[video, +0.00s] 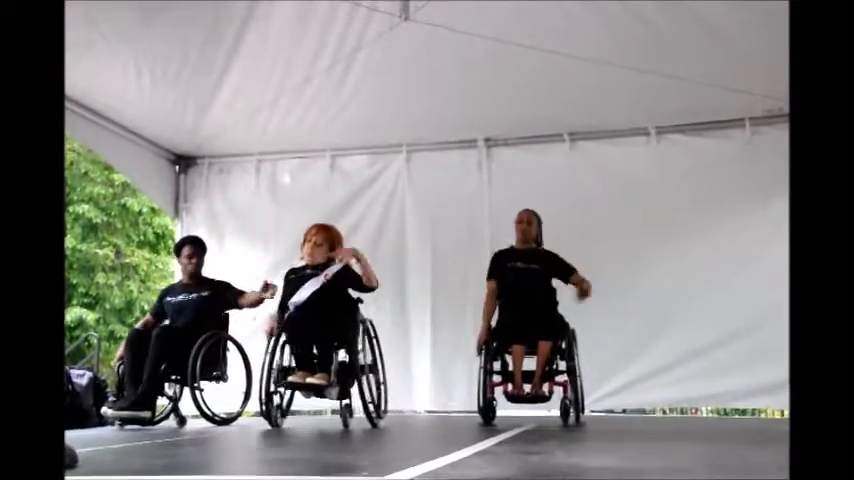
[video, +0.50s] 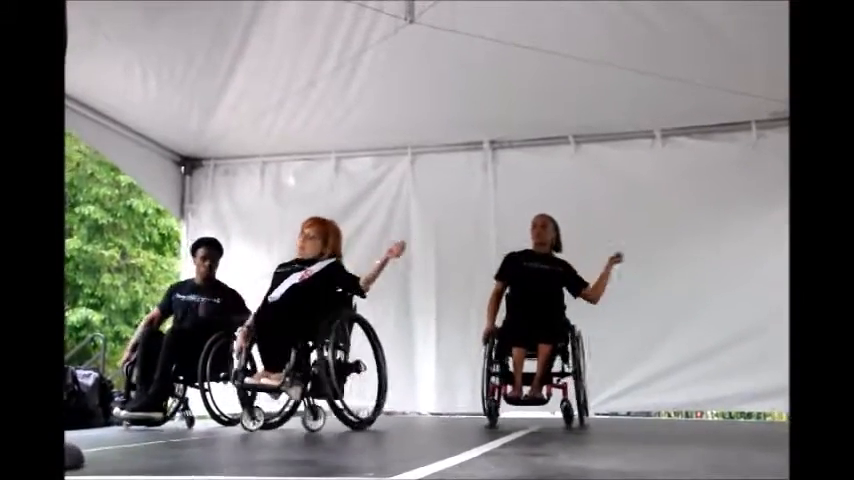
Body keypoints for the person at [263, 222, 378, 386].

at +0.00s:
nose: (310, 248)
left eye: (318, 245)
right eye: (308, 242)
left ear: (331, 253)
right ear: (303, 246)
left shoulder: (340, 271)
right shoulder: (293, 274)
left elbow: (370, 286)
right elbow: (284, 306)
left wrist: (359, 258)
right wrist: (275, 324)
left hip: (334, 318)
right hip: (305, 319)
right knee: (294, 320)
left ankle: (323, 373)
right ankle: (303, 370)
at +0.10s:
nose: (309, 247)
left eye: (317, 244)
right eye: (307, 241)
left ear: (331, 251)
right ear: (302, 245)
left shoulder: (339, 270)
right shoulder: (291, 273)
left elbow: (372, 285)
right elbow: (280, 305)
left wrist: (374, 258)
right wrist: (270, 325)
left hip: (332, 318)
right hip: (302, 317)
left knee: (319, 323)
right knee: (291, 320)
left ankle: (318, 371)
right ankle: (299, 368)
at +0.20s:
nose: (309, 246)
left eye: (317, 242)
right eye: (306, 240)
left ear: (331, 248)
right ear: (301, 245)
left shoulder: (339, 271)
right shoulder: (291, 272)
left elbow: (372, 285)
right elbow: (276, 304)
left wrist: (386, 258)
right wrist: (265, 325)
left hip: (329, 317)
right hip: (299, 316)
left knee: (315, 323)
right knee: (288, 319)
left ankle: (314, 371)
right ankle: (295, 368)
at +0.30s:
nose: (308, 243)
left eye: (317, 241)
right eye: (306, 238)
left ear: (330, 249)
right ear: (301, 241)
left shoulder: (337, 270)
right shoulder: (287, 271)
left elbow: (372, 285)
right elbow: (272, 306)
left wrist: (397, 259)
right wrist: (256, 327)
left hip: (324, 318)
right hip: (292, 317)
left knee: (295, 318)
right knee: (280, 316)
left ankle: (300, 371)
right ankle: (285, 369)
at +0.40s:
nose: (306, 242)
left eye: (315, 239)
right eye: (304, 237)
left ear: (329, 247)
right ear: (300, 241)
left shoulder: (336, 269)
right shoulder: (285, 270)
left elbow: (370, 285)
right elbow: (268, 305)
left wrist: (397, 260)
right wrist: (251, 331)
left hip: (318, 318)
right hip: (286, 317)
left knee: (287, 317)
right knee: (271, 316)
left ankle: (289, 372)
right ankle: (278, 369)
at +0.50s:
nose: (302, 241)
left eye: (310, 237)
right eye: (301, 235)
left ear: (326, 243)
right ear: (297, 238)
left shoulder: (332, 268)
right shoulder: (285, 269)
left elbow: (361, 286)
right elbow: (267, 302)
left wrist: (385, 259)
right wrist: (248, 328)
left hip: (314, 317)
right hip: (284, 315)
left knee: (273, 317)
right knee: (263, 319)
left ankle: (274, 373)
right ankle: (270, 371)